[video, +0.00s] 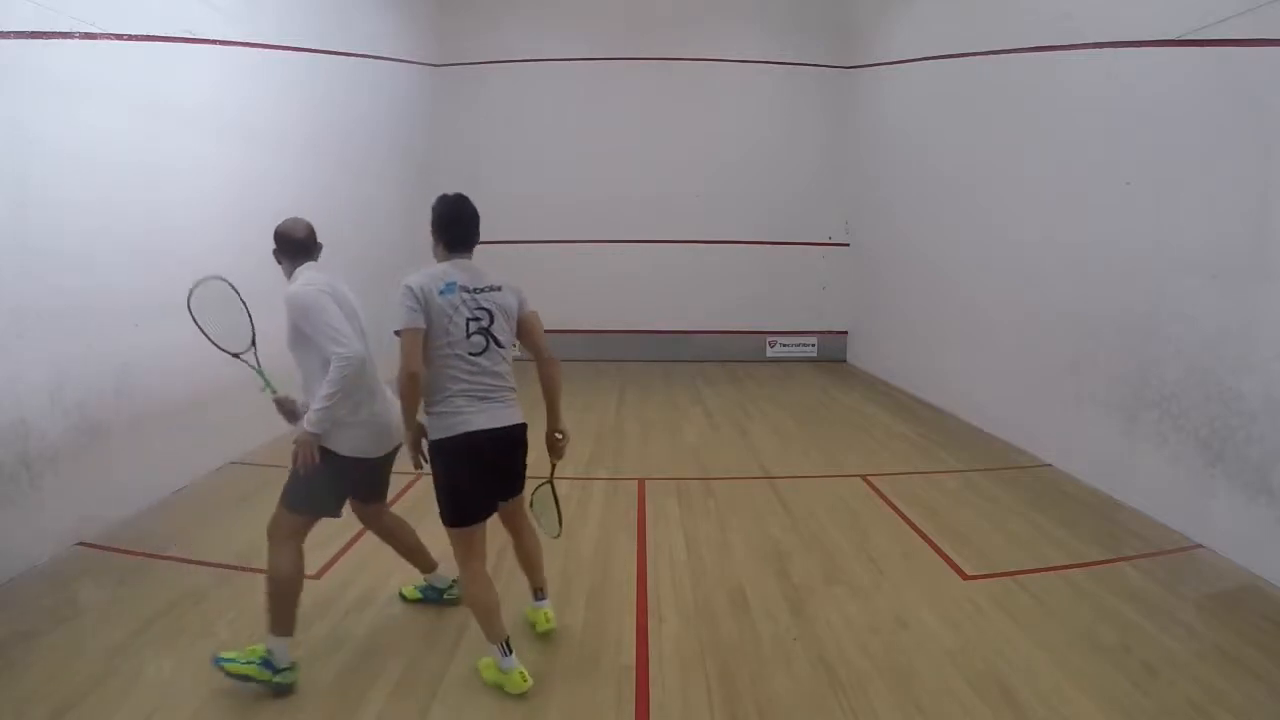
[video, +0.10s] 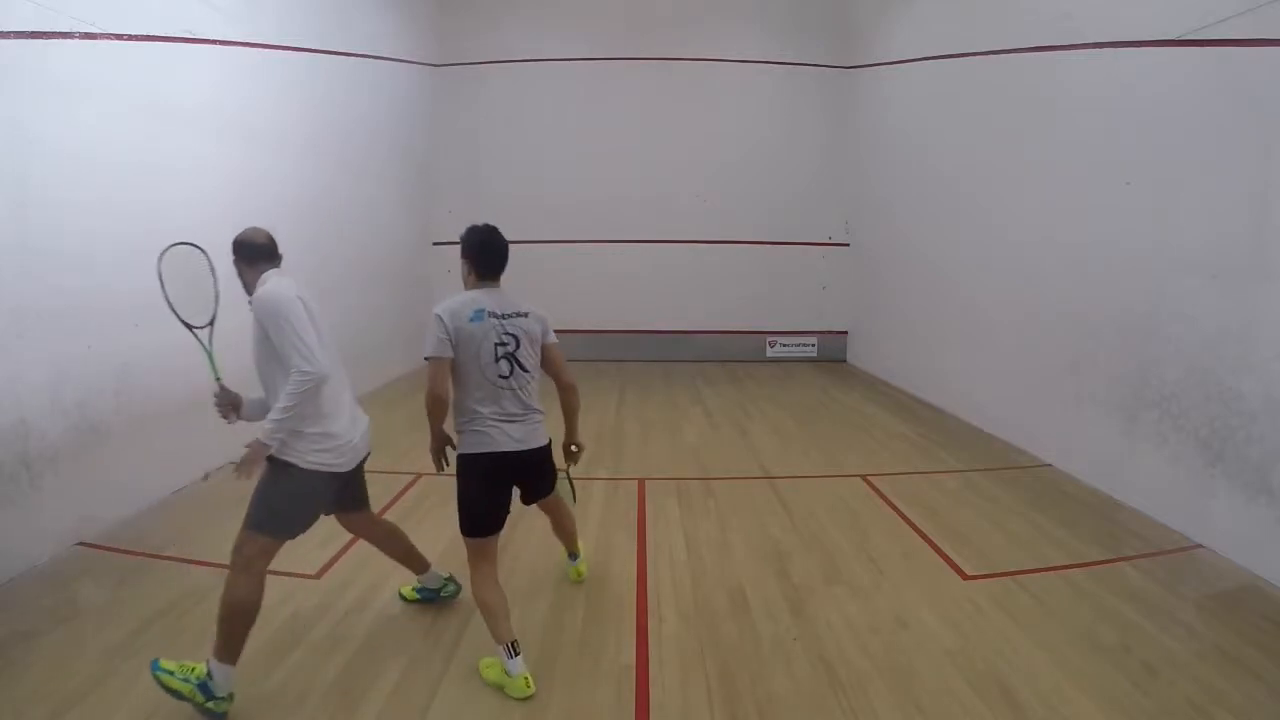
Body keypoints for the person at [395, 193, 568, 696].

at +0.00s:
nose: (431, 238)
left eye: (430, 231)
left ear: (433, 236)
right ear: (476, 236)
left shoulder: (418, 287)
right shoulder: (504, 290)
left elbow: (412, 370)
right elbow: (546, 359)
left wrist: (410, 425)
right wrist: (554, 424)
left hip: (456, 442)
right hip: (509, 433)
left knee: (471, 561)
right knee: (516, 512)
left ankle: (506, 659)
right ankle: (541, 603)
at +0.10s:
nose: (458, 264)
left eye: (460, 258)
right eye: (463, 257)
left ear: (466, 264)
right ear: (504, 265)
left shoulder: (447, 314)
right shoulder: (530, 317)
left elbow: (439, 390)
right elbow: (566, 382)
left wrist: (437, 432)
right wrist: (572, 432)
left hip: (481, 458)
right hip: (534, 449)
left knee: (483, 564)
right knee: (551, 500)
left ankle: (514, 667)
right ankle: (576, 558)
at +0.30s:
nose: (507, 278)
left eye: (509, 273)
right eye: (509, 271)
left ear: (519, 277)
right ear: (545, 279)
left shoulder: (506, 322)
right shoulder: (569, 321)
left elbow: (500, 387)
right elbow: (600, 377)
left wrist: (478, 426)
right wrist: (596, 417)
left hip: (527, 442)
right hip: (570, 432)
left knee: (509, 528)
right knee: (582, 475)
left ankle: (524, 599)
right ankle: (603, 537)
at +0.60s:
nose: (508, 253)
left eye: (509, 247)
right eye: (510, 247)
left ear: (513, 251)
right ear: (542, 251)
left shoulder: (510, 287)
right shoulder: (562, 288)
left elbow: (513, 343)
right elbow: (588, 339)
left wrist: (497, 387)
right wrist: (576, 372)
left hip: (524, 397)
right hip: (564, 393)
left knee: (484, 460)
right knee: (572, 446)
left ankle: (490, 538)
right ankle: (604, 506)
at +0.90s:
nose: (455, 290)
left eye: (455, 285)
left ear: (455, 289)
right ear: (485, 289)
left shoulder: (451, 327)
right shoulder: (505, 324)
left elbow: (452, 378)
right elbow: (538, 368)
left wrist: (435, 418)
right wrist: (524, 402)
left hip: (483, 423)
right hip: (522, 417)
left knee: (433, 455)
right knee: (551, 459)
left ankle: (444, 523)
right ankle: (601, 504)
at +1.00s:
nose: (424, 274)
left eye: (423, 270)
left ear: (424, 275)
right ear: (453, 274)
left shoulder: (421, 311)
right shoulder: (472, 308)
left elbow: (417, 364)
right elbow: (507, 351)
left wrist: (408, 402)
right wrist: (492, 380)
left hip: (454, 411)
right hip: (491, 402)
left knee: (421, 457)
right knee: (508, 452)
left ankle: (442, 523)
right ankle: (565, 497)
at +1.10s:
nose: (391, 258)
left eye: (392, 253)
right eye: (394, 252)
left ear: (396, 257)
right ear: (424, 255)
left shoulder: (401, 292)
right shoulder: (447, 289)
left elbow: (409, 344)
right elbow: (473, 334)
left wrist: (401, 383)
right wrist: (457, 360)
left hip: (433, 394)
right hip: (467, 385)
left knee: (412, 456)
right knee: (465, 447)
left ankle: (435, 520)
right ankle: (498, 509)